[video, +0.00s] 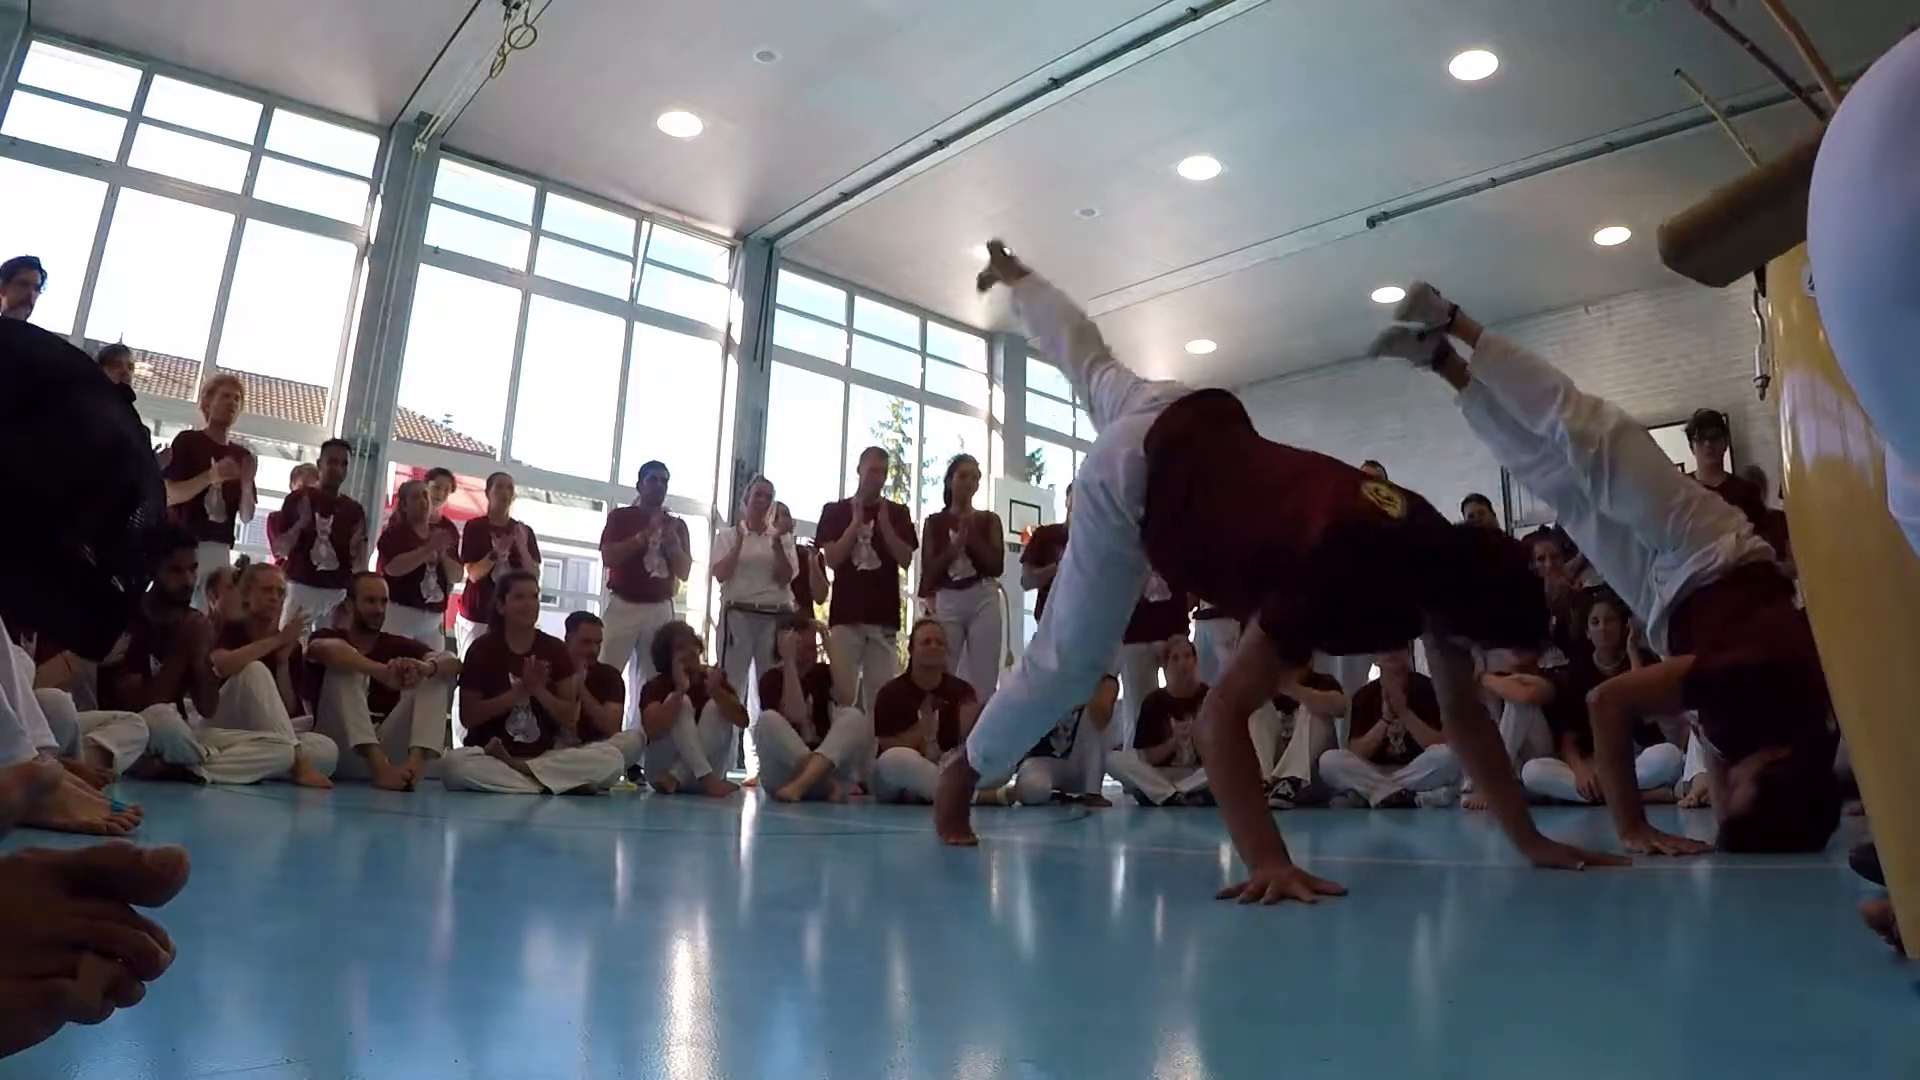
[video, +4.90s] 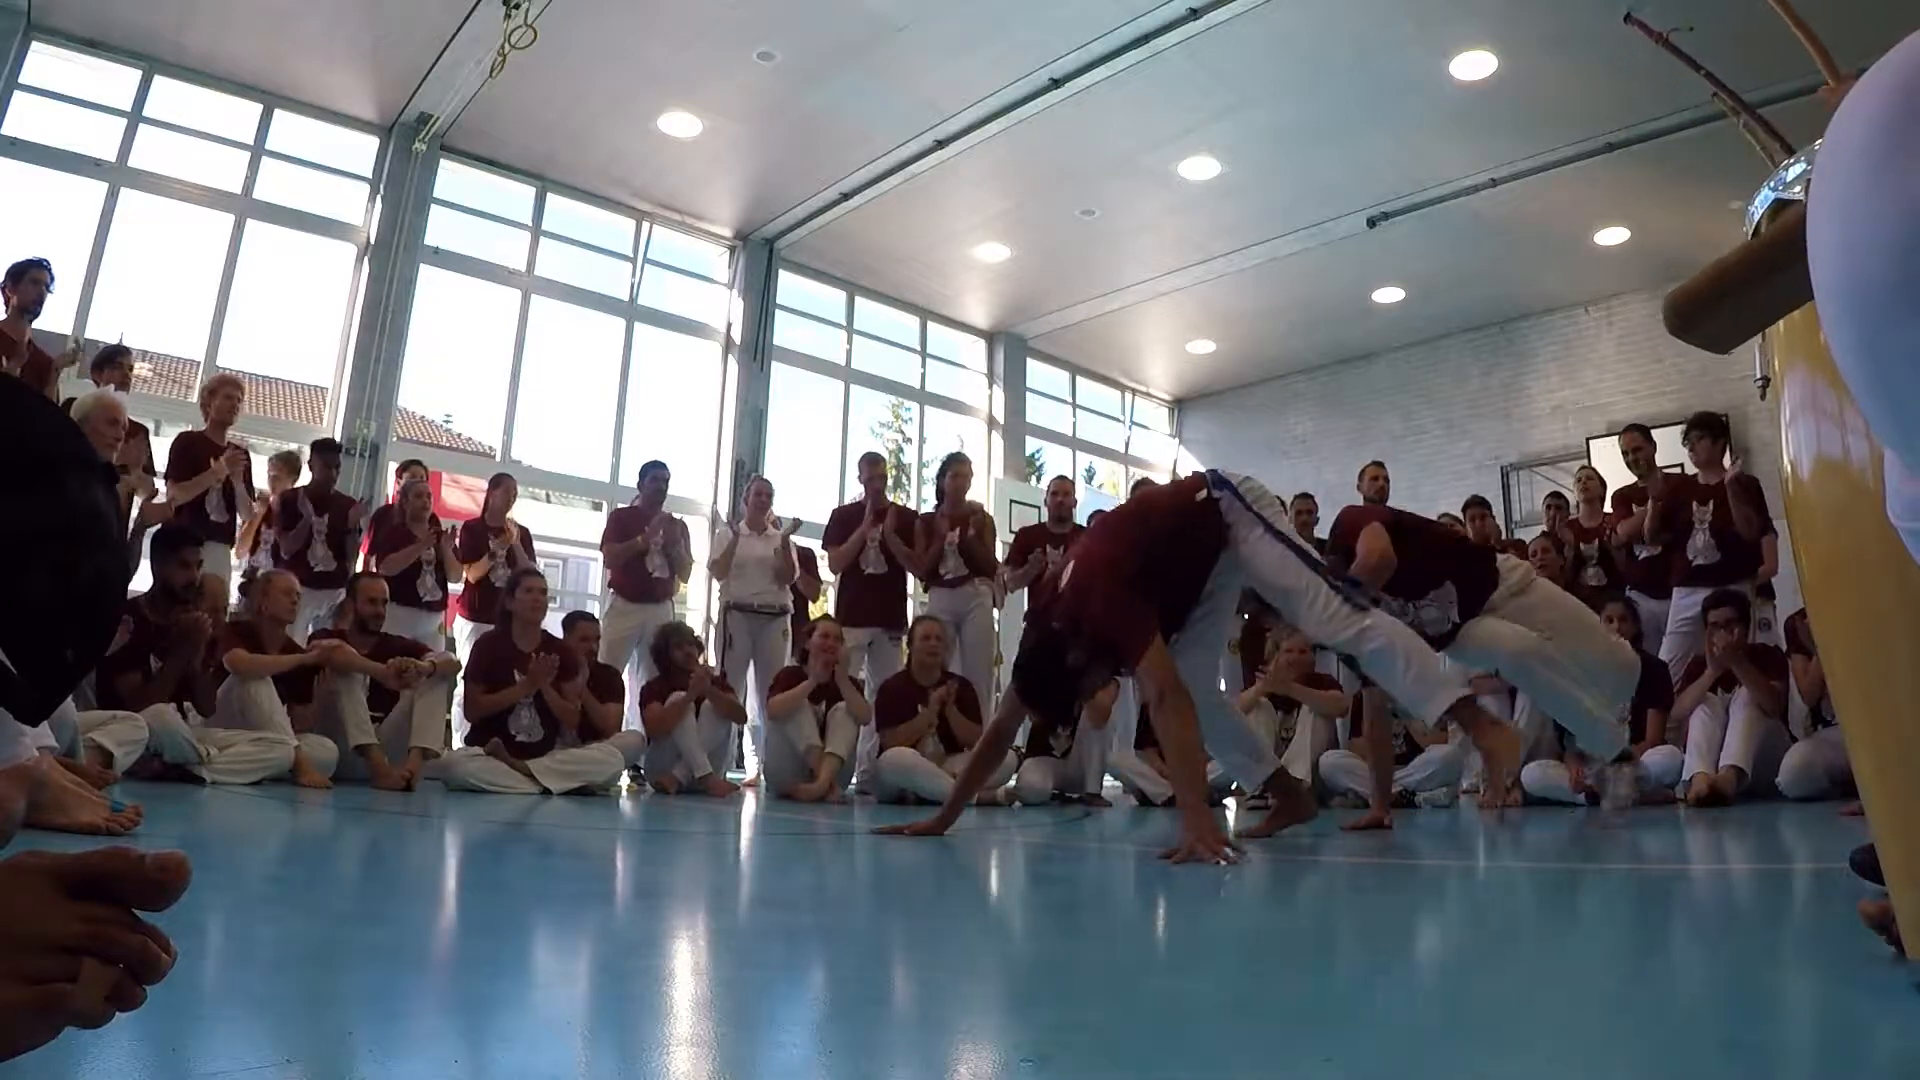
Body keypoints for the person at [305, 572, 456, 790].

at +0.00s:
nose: (379, 609)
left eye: (383, 601)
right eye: (370, 601)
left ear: (389, 603)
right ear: (350, 603)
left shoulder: (393, 643)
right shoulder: (329, 637)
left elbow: (454, 662)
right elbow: (317, 649)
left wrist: (426, 667)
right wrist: (382, 671)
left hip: (388, 750)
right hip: (338, 750)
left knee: (438, 673)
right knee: (342, 660)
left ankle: (416, 761)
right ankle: (378, 764)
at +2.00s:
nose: (379, 610)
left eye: (384, 602)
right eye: (371, 602)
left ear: (389, 603)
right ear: (352, 603)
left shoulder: (393, 643)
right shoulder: (330, 637)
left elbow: (454, 662)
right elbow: (316, 649)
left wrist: (427, 666)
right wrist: (382, 671)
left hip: (387, 751)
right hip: (338, 750)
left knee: (438, 673)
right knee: (342, 662)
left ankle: (414, 764)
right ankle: (378, 764)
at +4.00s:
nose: (381, 610)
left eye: (385, 603)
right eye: (373, 603)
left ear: (390, 604)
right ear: (353, 604)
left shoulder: (393, 643)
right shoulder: (329, 637)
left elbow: (454, 663)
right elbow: (320, 648)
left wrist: (427, 667)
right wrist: (382, 672)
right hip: (338, 750)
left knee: (437, 675)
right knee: (342, 665)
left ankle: (414, 765)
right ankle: (379, 766)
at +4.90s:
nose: (380, 610)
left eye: (384, 603)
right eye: (371, 603)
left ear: (389, 603)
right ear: (351, 603)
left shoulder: (393, 643)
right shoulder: (323, 638)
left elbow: (453, 663)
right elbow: (334, 655)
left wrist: (427, 667)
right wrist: (382, 672)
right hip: (332, 749)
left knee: (436, 673)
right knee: (344, 668)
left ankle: (414, 765)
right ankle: (378, 766)